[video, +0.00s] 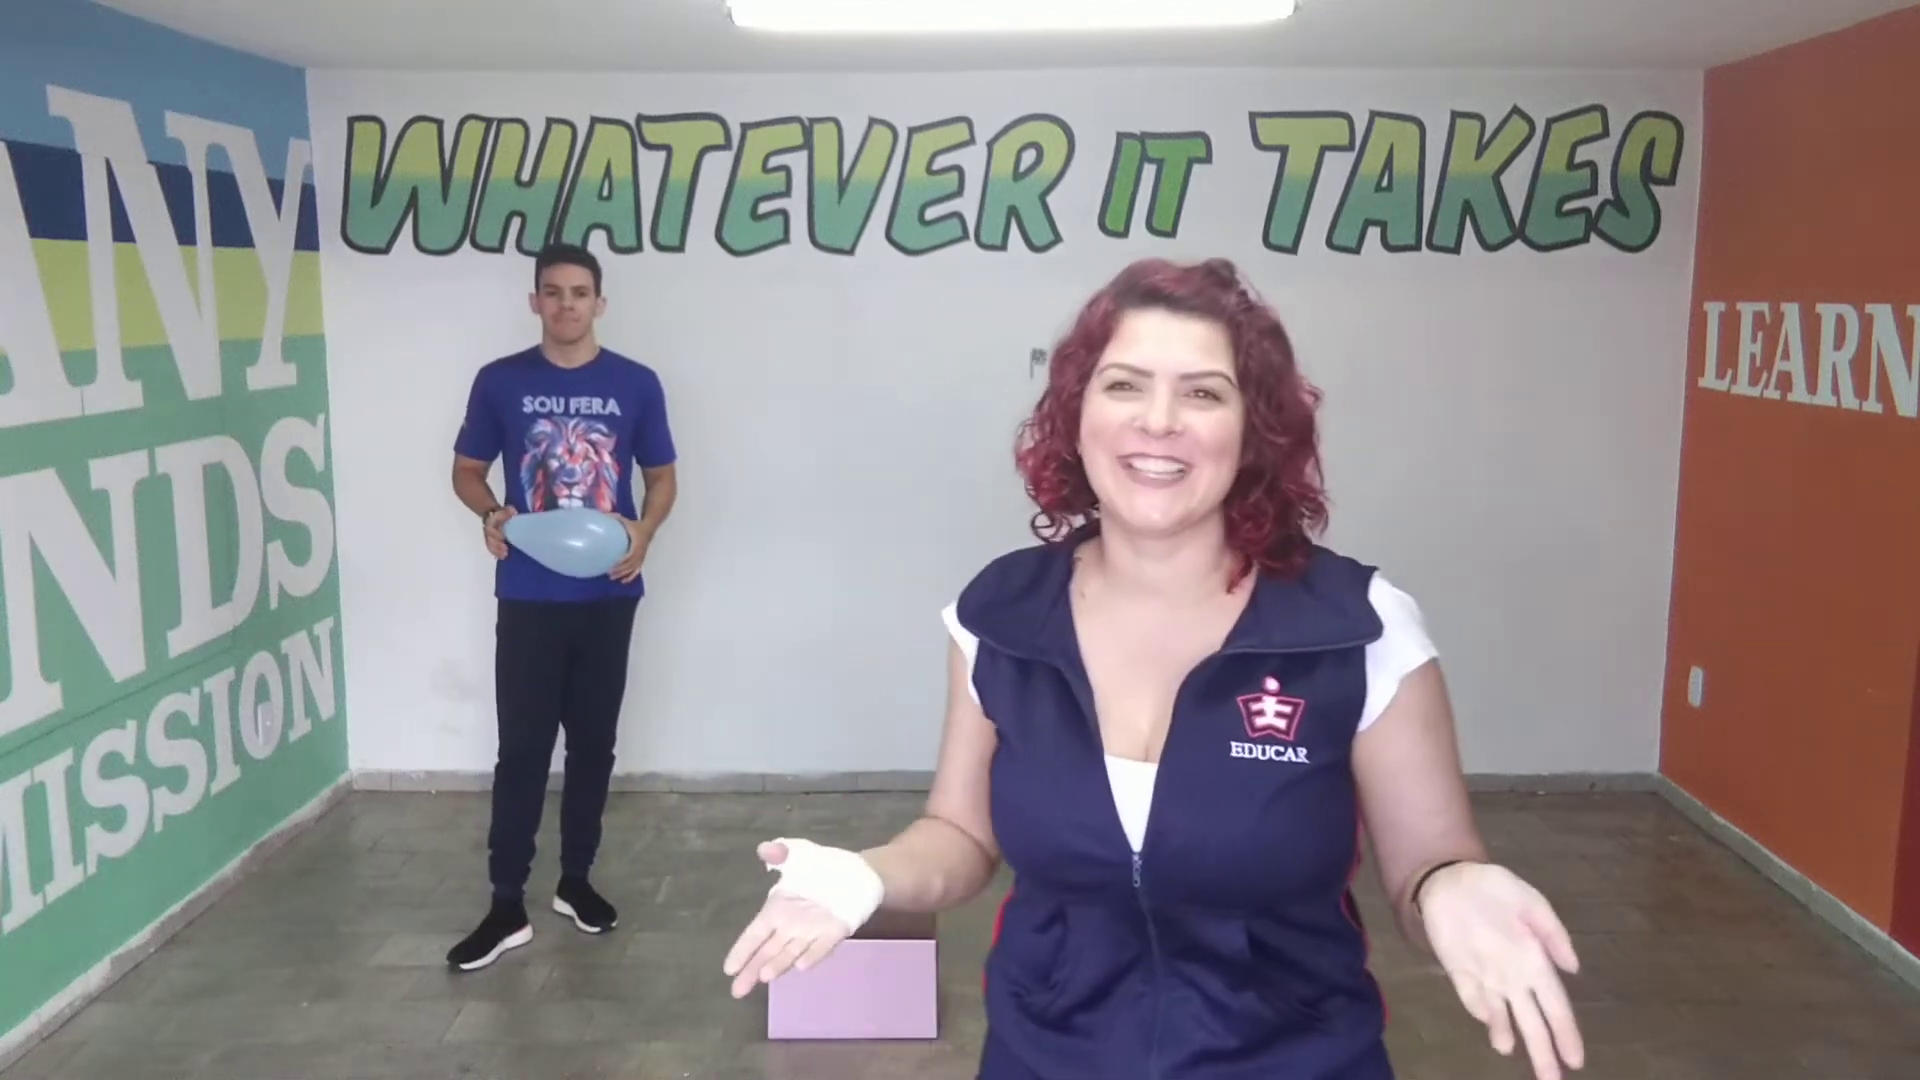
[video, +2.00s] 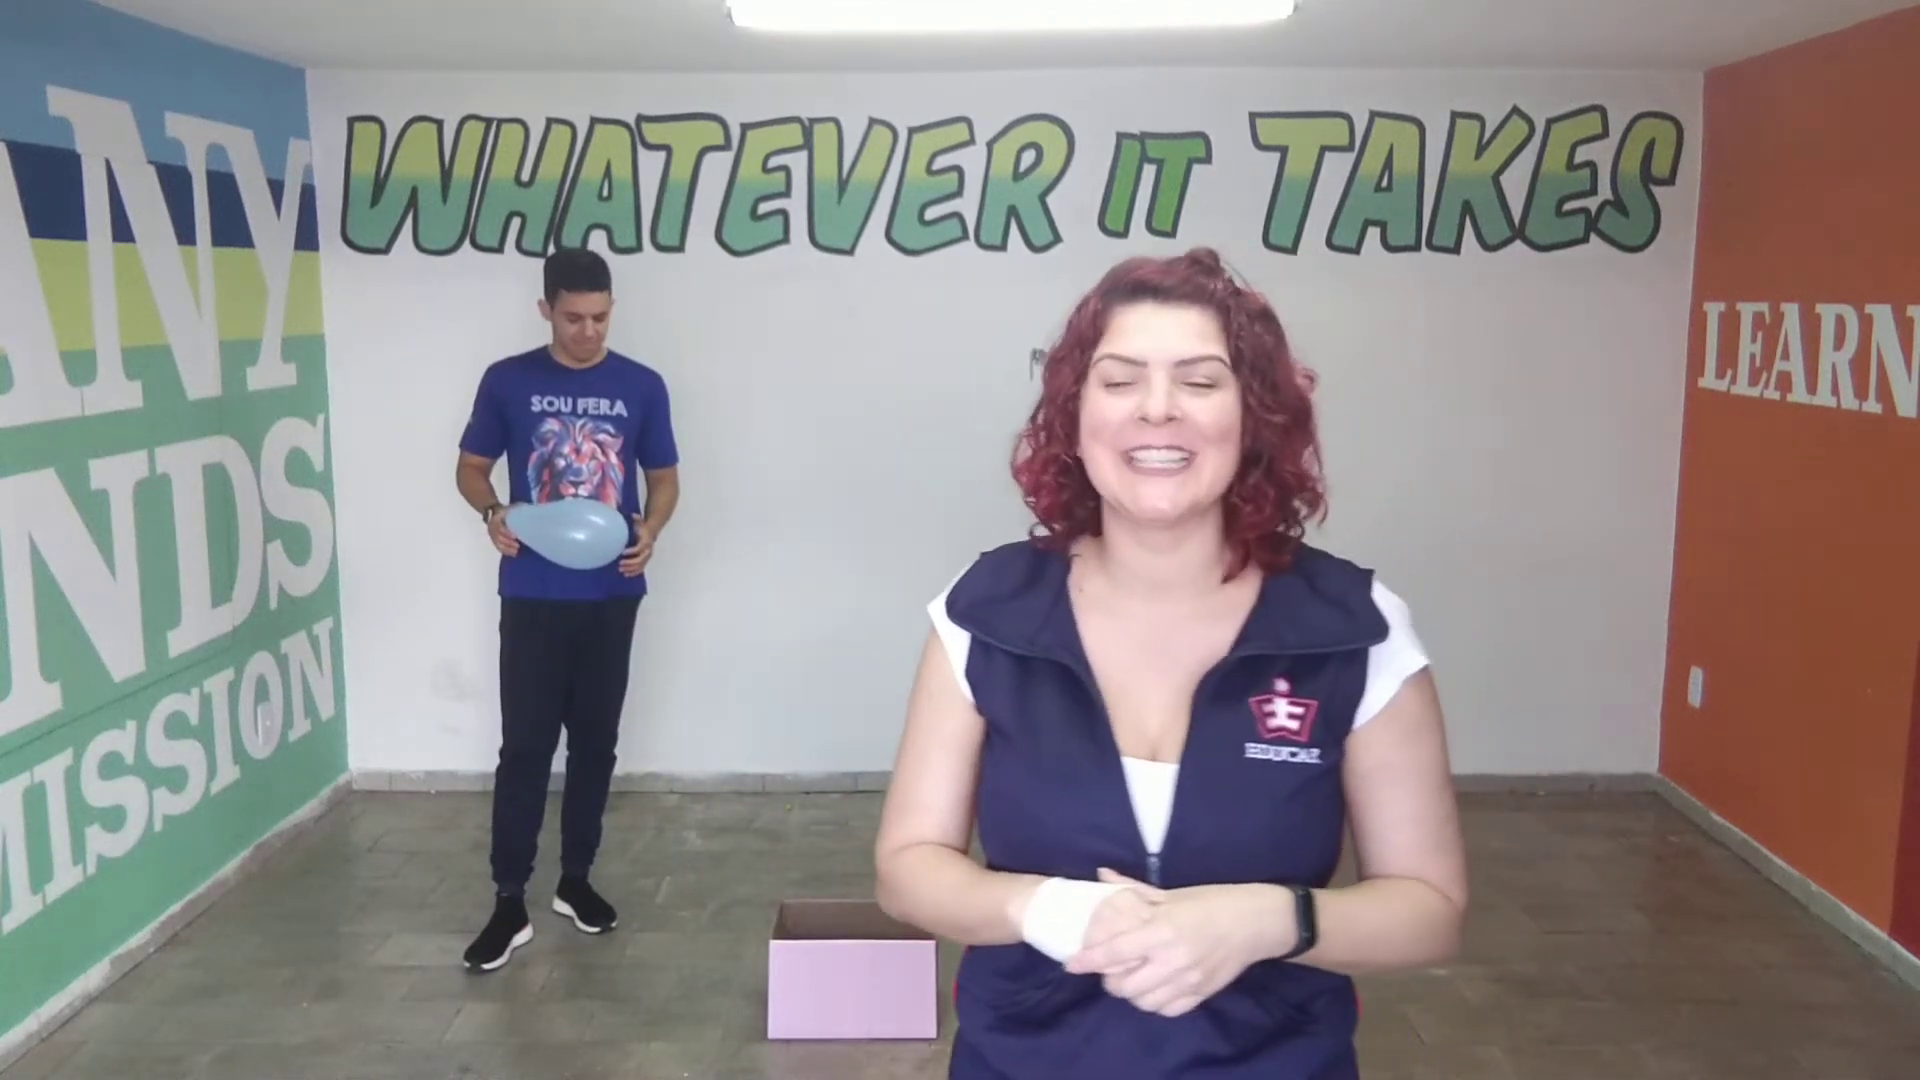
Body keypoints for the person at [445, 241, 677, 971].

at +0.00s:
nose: (564, 305)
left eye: (578, 293)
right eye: (553, 293)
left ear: (598, 302)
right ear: (536, 300)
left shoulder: (636, 385)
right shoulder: (500, 382)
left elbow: (663, 480)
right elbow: (466, 475)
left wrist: (643, 530)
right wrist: (492, 512)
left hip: (607, 598)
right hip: (529, 598)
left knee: (592, 745)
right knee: (522, 748)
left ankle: (575, 882)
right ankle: (508, 906)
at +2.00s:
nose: (587, 329)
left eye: (598, 315)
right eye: (573, 316)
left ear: (612, 313)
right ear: (548, 312)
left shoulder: (642, 388)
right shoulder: (508, 382)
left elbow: (665, 482)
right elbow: (471, 469)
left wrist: (648, 528)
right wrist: (493, 511)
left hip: (610, 598)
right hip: (534, 597)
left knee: (594, 745)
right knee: (525, 747)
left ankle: (574, 882)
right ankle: (510, 900)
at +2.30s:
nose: (586, 330)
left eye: (597, 316)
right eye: (572, 317)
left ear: (612, 312)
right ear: (547, 312)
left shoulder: (642, 388)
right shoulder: (508, 383)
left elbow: (667, 482)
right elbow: (471, 469)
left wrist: (648, 526)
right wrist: (491, 510)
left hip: (609, 599)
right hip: (533, 598)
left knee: (594, 745)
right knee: (525, 748)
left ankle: (574, 882)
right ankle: (510, 900)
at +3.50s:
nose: (574, 327)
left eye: (585, 314)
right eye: (560, 315)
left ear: (600, 310)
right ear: (537, 312)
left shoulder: (637, 387)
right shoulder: (502, 385)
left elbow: (666, 480)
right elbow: (470, 475)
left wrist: (642, 531)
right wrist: (489, 515)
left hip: (607, 599)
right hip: (530, 599)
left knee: (594, 746)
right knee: (524, 749)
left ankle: (575, 882)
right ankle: (509, 902)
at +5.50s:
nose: (441, 303)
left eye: (454, 290)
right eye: (427, 292)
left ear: (478, 301)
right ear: (411, 305)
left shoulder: (525, 381)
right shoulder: (383, 392)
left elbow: (561, 475)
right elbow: (352, 499)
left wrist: (545, 532)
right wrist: (346, 412)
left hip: (527, 609)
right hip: (438, 618)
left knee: (562, 747)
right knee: (449, 770)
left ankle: (562, 879)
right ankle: (463, 914)